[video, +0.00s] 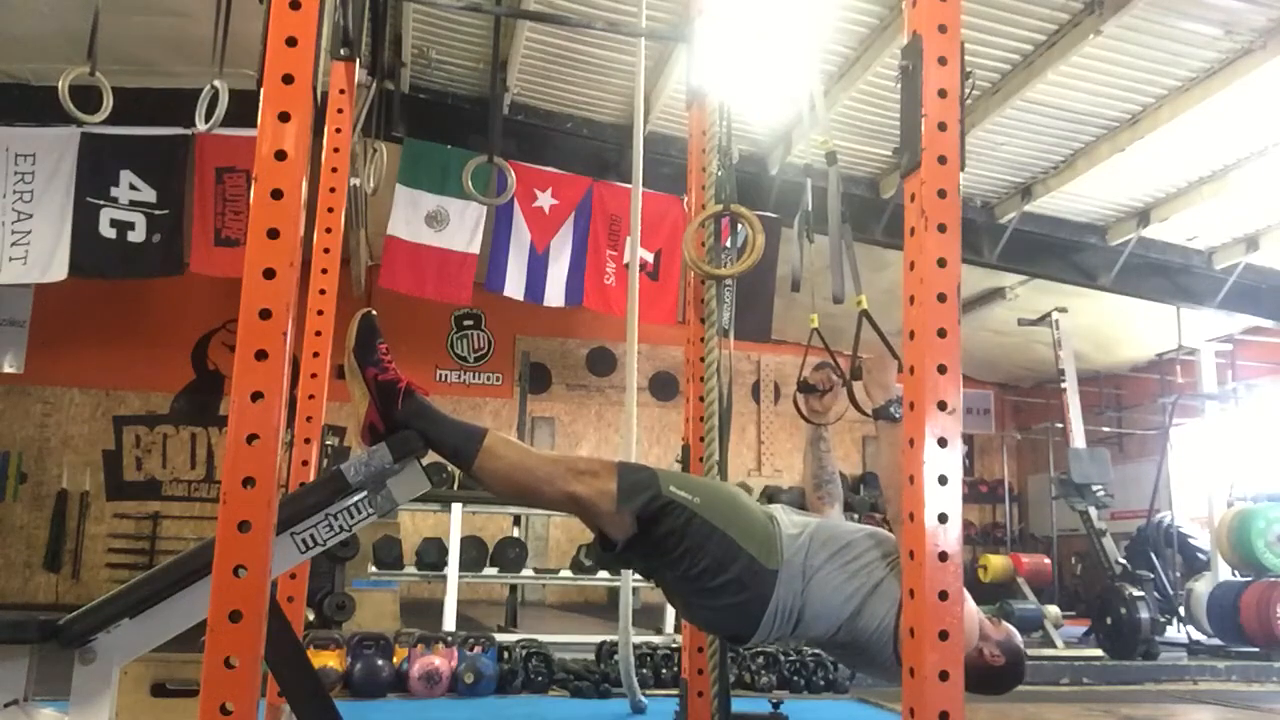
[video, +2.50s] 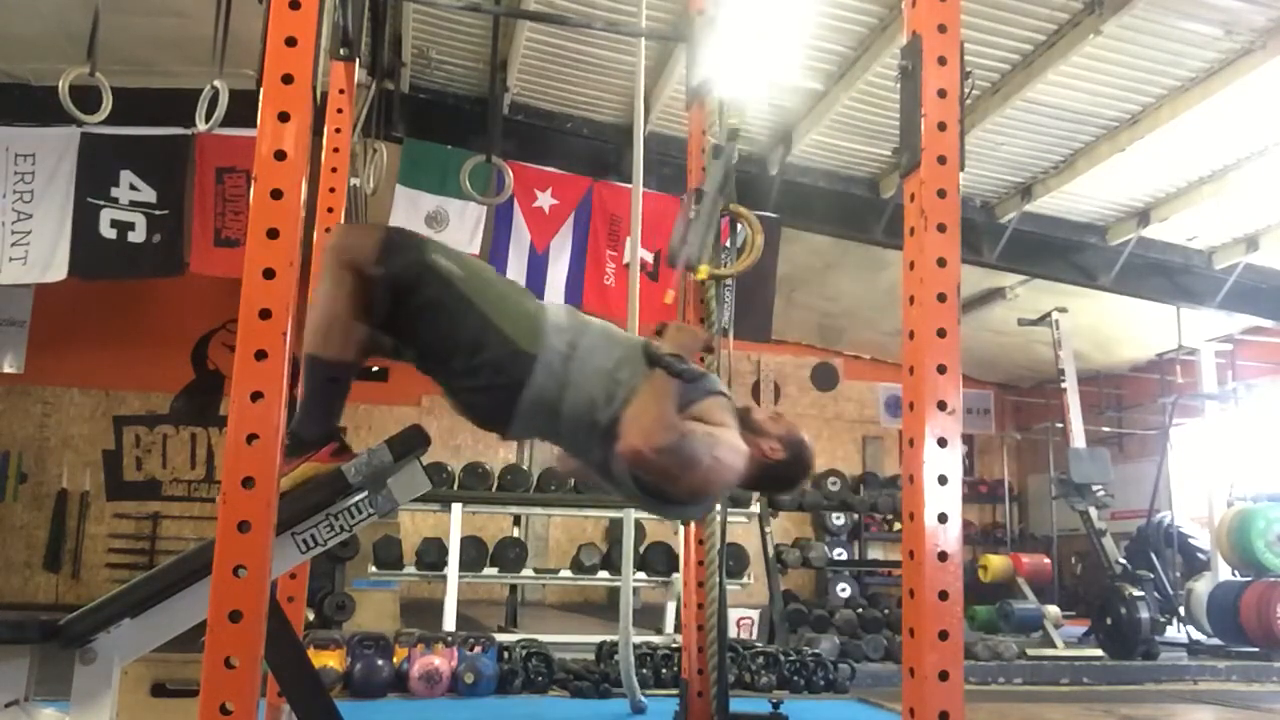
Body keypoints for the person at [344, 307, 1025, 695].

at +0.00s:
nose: (994, 631)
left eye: (999, 644)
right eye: (1003, 633)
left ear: (982, 659)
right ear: (985, 631)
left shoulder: (945, 639)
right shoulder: (935, 615)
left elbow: (931, 531)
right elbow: (904, 518)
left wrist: (923, 426)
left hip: (762, 564)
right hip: (758, 543)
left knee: (606, 481)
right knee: (587, 492)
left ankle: (407, 410)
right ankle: (411, 434)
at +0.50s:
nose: (1017, 568)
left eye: (1024, 583)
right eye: (1025, 569)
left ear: (1007, 613)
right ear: (1002, 566)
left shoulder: (966, 596)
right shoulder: (947, 564)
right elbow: (859, 499)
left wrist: (934, 454)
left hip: (771, 549)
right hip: (766, 522)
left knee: (606, 479)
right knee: (600, 470)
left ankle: (402, 412)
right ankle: (416, 432)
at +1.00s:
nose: (1019, 422)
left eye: (1030, 432)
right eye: (1025, 419)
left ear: (1027, 460)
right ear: (1011, 421)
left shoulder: (985, 465)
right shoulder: (964, 428)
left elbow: (907, 471)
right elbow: (886, 426)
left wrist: (918, 381)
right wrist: (895, 370)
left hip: (786, 443)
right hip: (776, 425)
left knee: (594, 373)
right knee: (579, 392)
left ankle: (389, 407)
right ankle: (398, 421)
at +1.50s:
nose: (855, 443)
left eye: (863, 458)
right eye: (864, 444)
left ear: (851, 479)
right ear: (847, 448)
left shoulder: (801, 481)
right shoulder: (791, 446)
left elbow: (722, 466)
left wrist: (754, 395)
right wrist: (755, 384)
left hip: (610, 390)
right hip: (610, 379)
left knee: (458, 259)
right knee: (450, 296)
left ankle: (342, 412)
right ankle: (339, 413)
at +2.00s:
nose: (718, 375)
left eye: (728, 389)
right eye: (729, 380)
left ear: (716, 418)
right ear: (713, 412)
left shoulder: (669, 428)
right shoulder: (657, 391)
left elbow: (589, 429)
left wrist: (627, 348)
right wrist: (630, 338)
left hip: (467, 344)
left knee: (317, 248)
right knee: (315, 281)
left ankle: (305, 418)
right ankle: (302, 420)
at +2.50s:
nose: (768, 408)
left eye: (776, 423)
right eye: (778, 412)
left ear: (768, 452)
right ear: (766, 442)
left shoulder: (725, 457)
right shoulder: (712, 433)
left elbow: (642, 445)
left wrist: (672, 361)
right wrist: (671, 351)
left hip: (523, 362)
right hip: (522, 369)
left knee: (352, 244)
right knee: (370, 296)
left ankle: (314, 420)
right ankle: (300, 413)